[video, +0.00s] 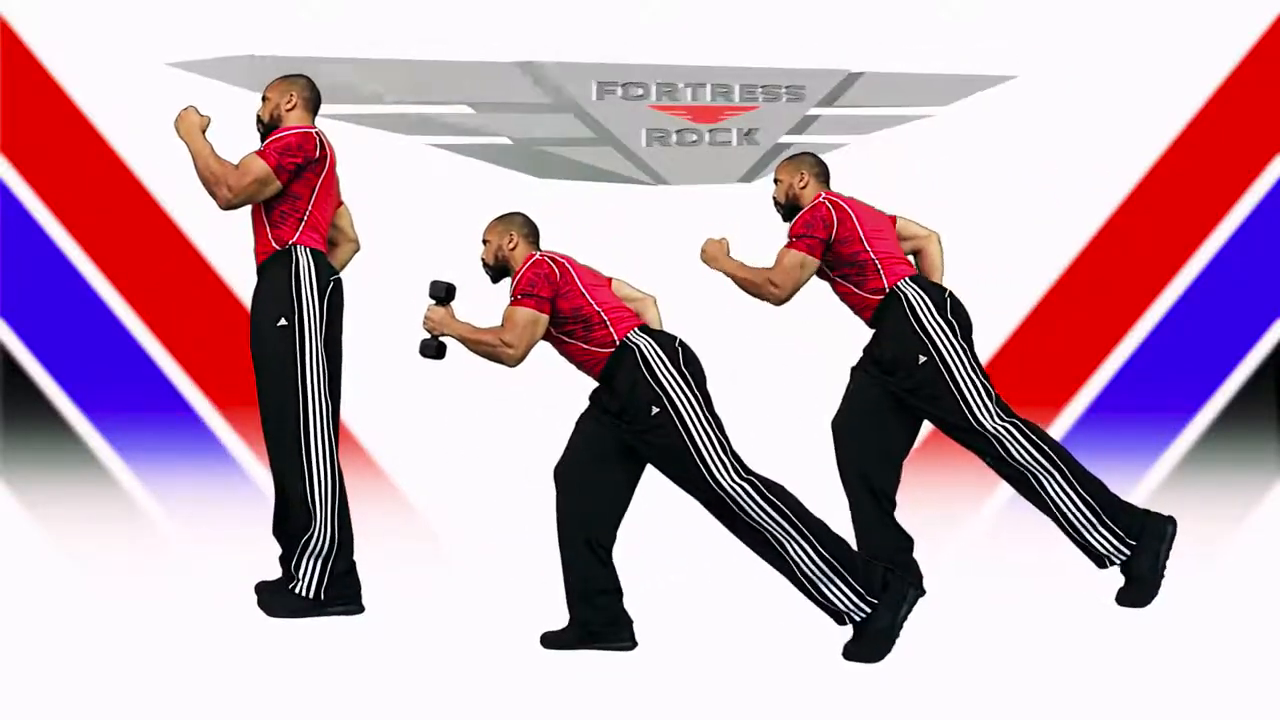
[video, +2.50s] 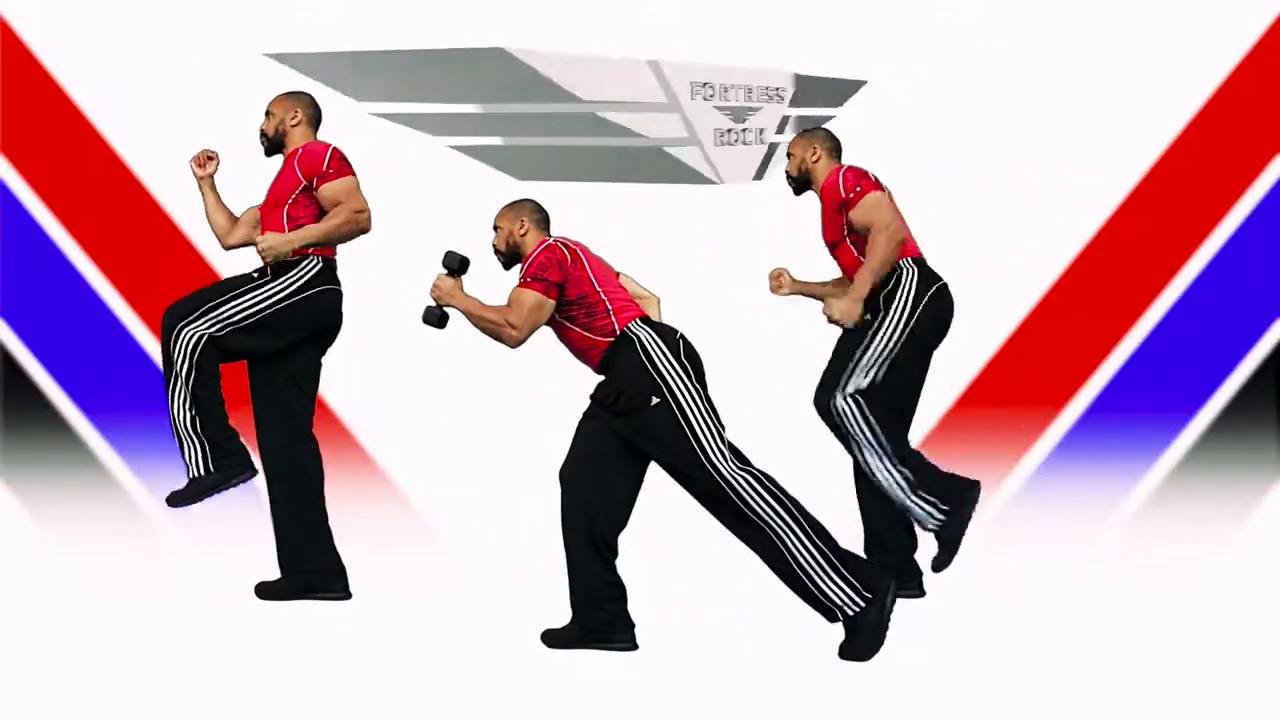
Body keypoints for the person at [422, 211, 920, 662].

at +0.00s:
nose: (483, 253)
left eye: (489, 243)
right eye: (484, 245)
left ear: (516, 239)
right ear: (523, 243)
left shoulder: (537, 270)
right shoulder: (565, 271)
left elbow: (510, 348)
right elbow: (643, 302)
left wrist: (447, 324)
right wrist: (653, 369)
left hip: (648, 367)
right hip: (625, 384)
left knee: (731, 489)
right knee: (580, 484)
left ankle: (872, 599)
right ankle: (600, 622)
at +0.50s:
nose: (484, 253)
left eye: (489, 243)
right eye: (485, 246)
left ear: (517, 239)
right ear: (524, 243)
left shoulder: (538, 270)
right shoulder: (564, 271)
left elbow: (511, 349)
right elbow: (643, 300)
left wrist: (448, 329)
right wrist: (661, 369)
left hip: (649, 366)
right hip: (626, 383)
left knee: (734, 491)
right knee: (584, 488)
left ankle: (873, 598)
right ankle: (601, 622)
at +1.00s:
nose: (511, 208)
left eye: (516, 198)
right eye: (511, 200)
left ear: (540, 196)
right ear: (542, 197)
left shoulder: (567, 222)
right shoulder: (559, 246)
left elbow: (599, 277)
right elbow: (583, 340)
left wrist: (549, 339)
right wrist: (549, 358)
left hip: (624, 341)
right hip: (607, 353)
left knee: (556, 455)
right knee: (588, 481)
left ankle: (663, 557)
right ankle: (600, 620)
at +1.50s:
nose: (536, 186)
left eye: (542, 176)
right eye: (537, 178)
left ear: (568, 175)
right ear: (568, 177)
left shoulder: (591, 205)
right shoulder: (571, 236)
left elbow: (644, 257)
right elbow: (554, 307)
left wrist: (631, 329)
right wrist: (500, 274)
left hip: (600, 323)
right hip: (606, 342)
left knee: (488, 353)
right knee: (580, 489)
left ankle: (498, 482)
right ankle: (602, 621)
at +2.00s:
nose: (517, 202)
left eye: (521, 192)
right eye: (516, 194)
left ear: (546, 188)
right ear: (549, 190)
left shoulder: (575, 220)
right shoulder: (559, 241)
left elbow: (587, 287)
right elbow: (595, 326)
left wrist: (517, 325)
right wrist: (551, 355)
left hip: (622, 341)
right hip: (598, 355)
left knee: (601, 470)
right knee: (577, 480)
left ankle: (733, 558)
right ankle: (602, 619)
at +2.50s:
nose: (493, 243)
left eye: (499, 232)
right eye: (494, 234)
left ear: (526, 226)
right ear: (533, 232)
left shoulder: (549, 254)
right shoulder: (569, 260)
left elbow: (513, 328)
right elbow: (645, 301)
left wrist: (457, 299)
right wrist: (662, 364)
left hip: (649, 358)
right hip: (626, 374)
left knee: (725, 479)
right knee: (583, 487)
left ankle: (857, 596)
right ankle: (603, 623)